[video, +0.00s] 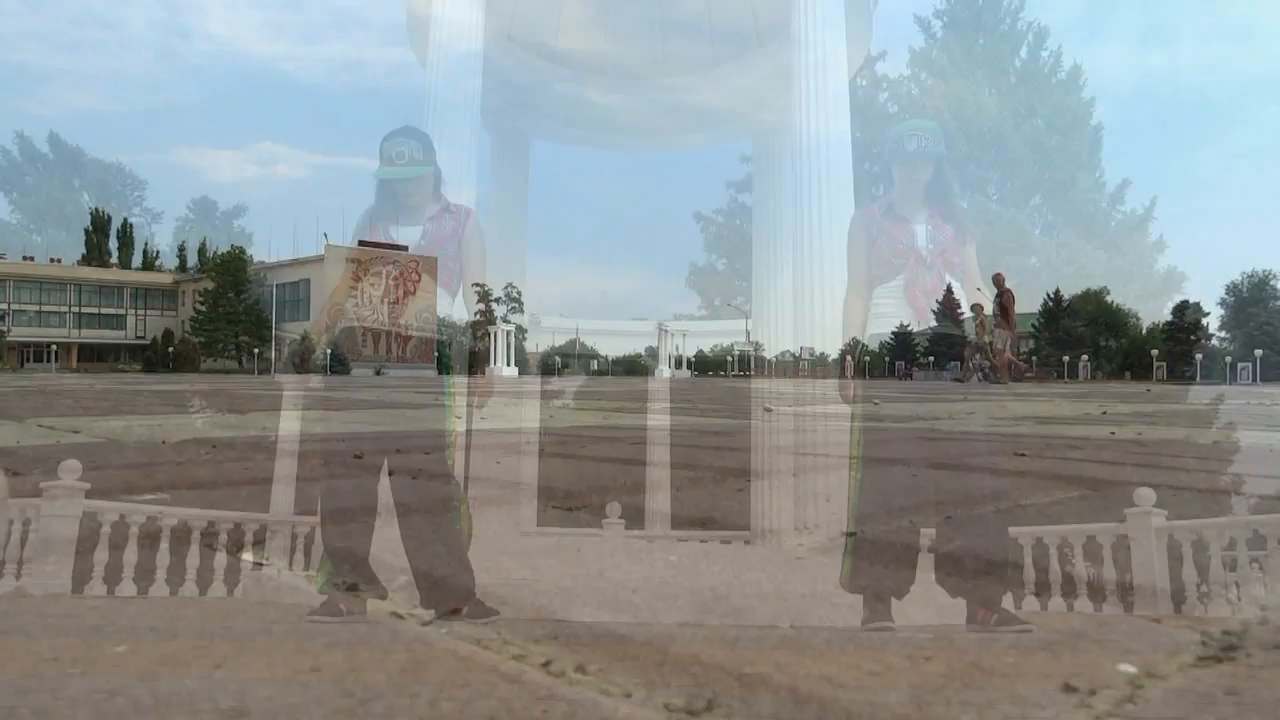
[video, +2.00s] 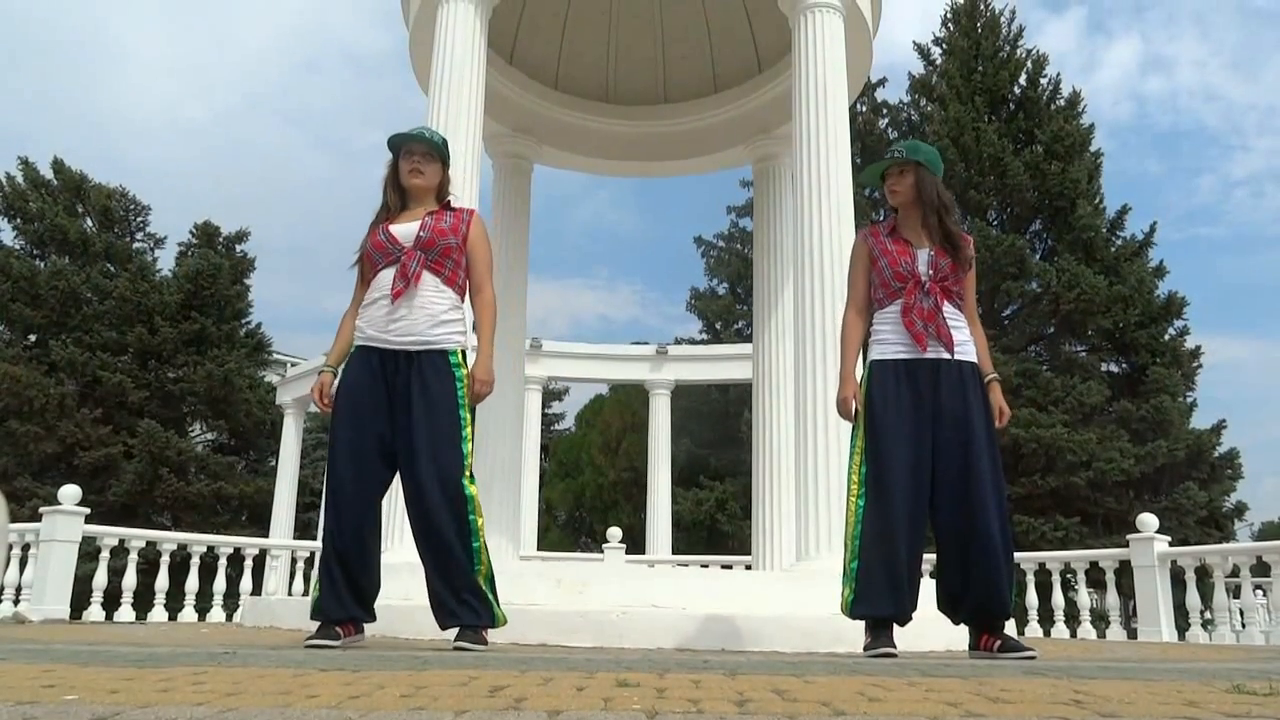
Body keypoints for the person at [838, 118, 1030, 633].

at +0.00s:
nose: (917, 166)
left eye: (926, 157)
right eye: (909, 156)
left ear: (938, 162)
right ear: (894, 160)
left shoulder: (956, 222)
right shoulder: (869, 221)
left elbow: (976, 288)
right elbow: (858, 289)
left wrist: (992, 341)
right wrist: (850, 351)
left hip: (955, 359)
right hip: (890, 360)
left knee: (974, 471)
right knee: (887, 474)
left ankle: (983, 602)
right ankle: (877, 601)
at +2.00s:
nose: (890, 182)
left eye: (900, 173)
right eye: (887, 175)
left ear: (927, 180)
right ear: (884, 185)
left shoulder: (959, 243)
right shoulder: (871, 241)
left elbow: (970, 315)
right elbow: (857, 311)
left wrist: (991, 379)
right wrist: (847, 375)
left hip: (957, 378)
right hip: (894, 378)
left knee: (975, 496)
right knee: (893, 498)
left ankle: (985, 629)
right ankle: (880, 625)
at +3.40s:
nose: (922, 183)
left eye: (930, 176)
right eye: (912, 178)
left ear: (944, 188)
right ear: (898, 192)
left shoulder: (963, 247)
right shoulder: (878, 242)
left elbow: (975, 326)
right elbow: (838, 311)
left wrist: (996, 319)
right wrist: (879, 334)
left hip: (963, 386)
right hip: (902, 386)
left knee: (972, 506)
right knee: (917, 496)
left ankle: (936, 632)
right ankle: (890, 626)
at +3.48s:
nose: (927, 195)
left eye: (936, 189)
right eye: (917, 191)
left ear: (950, 204)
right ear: (904, 208)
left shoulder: (968, 263)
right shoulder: (885, 257)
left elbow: (985, 349)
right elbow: (856, 335)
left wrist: (995, 324)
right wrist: (929, 326)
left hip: (962, 397)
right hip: (899, 395)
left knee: (977, 507)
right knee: (943, 491)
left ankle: (939, 635)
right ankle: (904, 611)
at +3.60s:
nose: (927, 177)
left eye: (936, 172)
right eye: (917, 173)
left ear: (949, 190)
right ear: (902, 193)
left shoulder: (965, 243)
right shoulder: (887, 240)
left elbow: (993, 320)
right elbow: (899, 311)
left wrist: (999, 275)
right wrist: (971, 268)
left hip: (955, 383)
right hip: (900, 381)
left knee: (969, 489)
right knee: (938, 482)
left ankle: (938, 627)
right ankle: (926, 622)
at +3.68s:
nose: (921, 148)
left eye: (930, 143)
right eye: (911, 144)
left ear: (948, 162)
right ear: (895, 163)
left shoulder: (969, 213)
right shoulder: (883, 211)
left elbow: (1014, 276)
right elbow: (876, 278)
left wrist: (1021, 237)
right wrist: (926, 222)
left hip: (958, 363)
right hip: (905, 359)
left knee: (963, 481)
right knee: (927, 475)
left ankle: (935, 610)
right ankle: (931, 613)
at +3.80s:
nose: (924, 143)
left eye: (933, 138)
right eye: (913, 139)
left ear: (948, 156)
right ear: (897, 159)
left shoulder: (972, 213)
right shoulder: (885, 215)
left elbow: (1013, 262)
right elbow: (830, 271)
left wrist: (1057, 227)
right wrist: (840, 203)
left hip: (957, 370)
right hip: (902, 366)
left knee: (933, 484)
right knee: (927, 483)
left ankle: (889, 592)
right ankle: (925, 629)